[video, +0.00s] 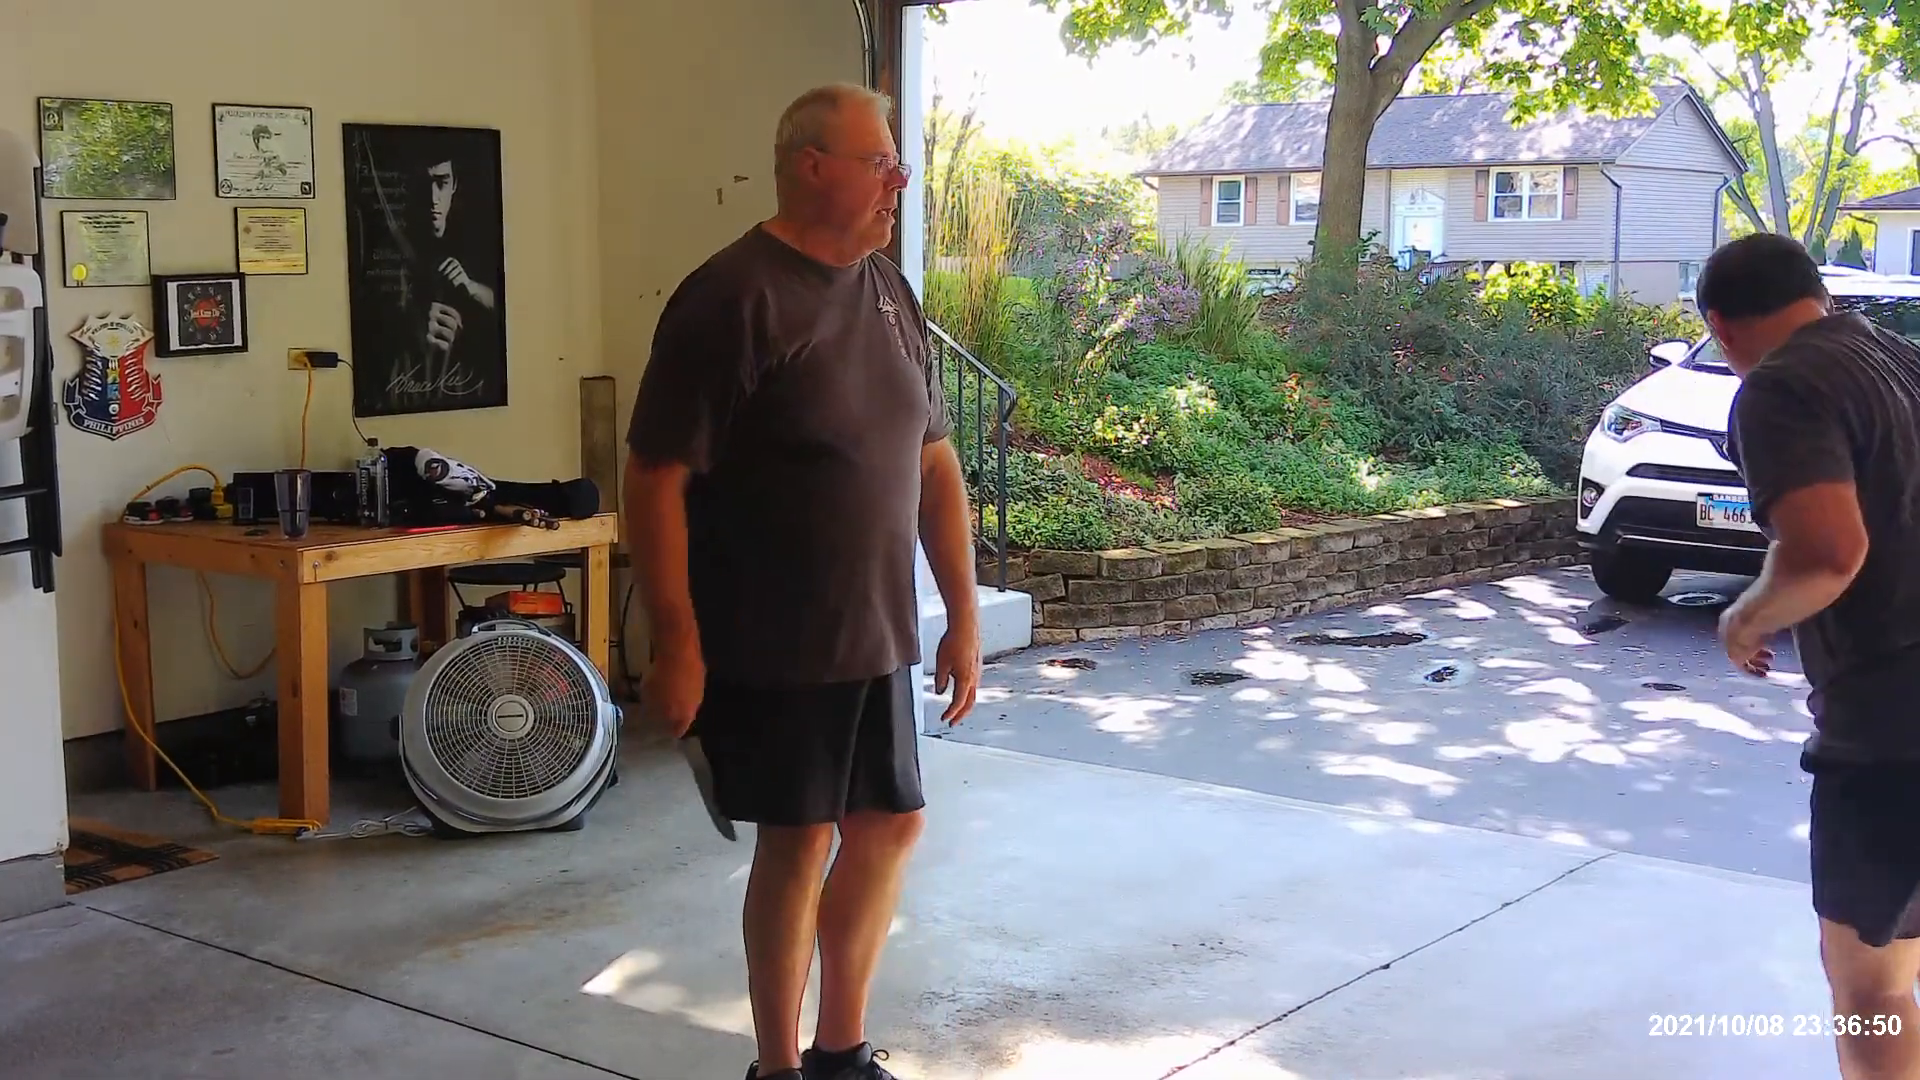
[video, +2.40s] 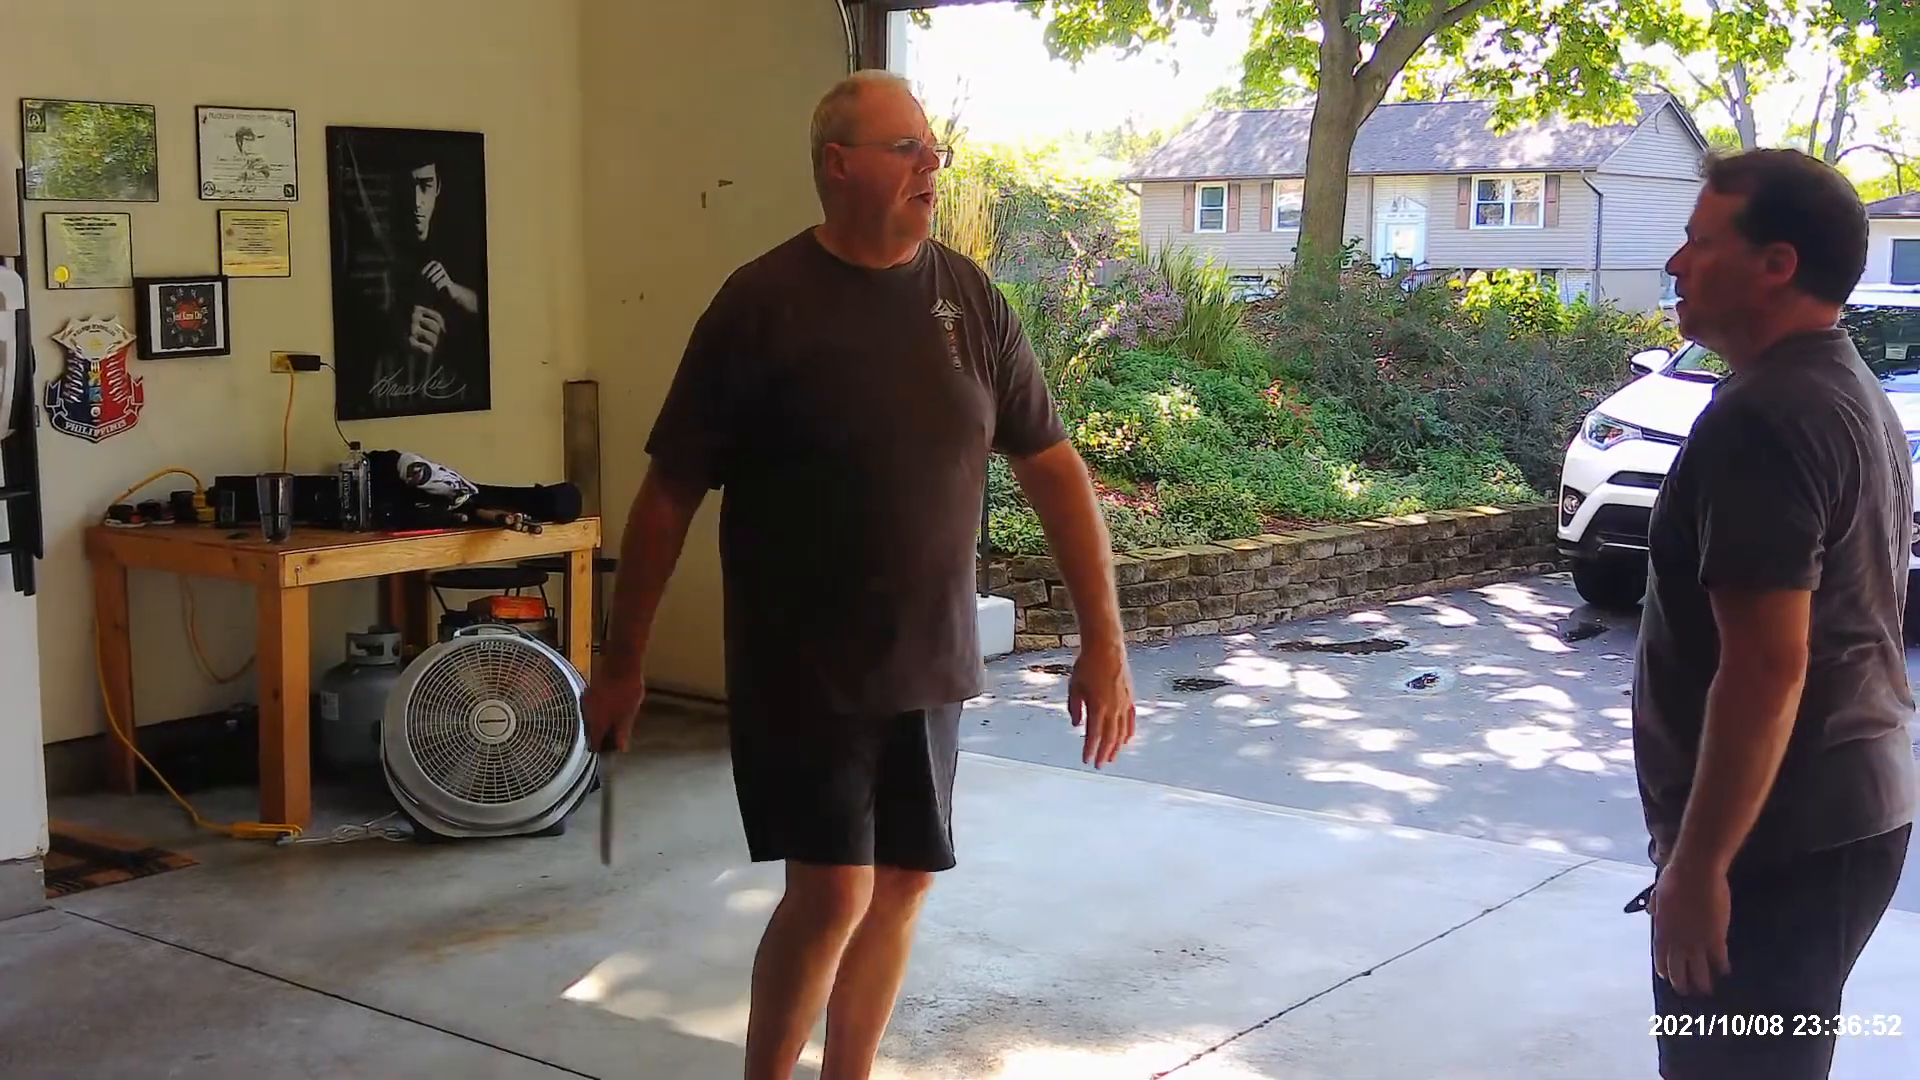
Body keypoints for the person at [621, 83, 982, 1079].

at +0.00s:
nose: (899, 176)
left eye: (897, 159)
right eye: (878, 159)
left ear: (863, 175)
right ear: (808, 170)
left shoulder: (887, 291)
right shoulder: (725, 295)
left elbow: (934, 459)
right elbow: (653, 473)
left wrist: (962, 612)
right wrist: (673, 643)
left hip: (876, 627)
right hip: (772, 636)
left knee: (888, 823)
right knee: (797, 835)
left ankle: (840, 1049)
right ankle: (777, 1063)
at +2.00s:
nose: (893, 167)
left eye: (887, 149)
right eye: (870, 152)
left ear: (819, 172)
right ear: (797, 173)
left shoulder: (895, 284)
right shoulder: (721, 310)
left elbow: (955, 447)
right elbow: (677, 512)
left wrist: (962, 585)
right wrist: (816, 639)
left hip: (881, 644)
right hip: (765, 657)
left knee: (882, 860)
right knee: (778, 872)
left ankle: (850, 1072)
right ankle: (741, 1072)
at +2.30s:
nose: (922, 163)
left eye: (923, 144)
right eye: (896, 144)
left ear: (925, 156)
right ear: (824, 162)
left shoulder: (953, 292)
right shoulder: (750, 300)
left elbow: (1030, 460)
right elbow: (676, 492)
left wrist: (1048, 628)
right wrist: (688, 669)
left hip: (913, 661)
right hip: (788, 665)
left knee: (886, 872)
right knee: (812, 889)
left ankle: (844, 1074)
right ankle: (736, 1069)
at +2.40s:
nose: (932, 167)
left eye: (934, 147)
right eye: (906, 148)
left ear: (939, 160)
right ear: (834, 166)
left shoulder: (968, 296)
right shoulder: (756, 304)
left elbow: (1051, 464)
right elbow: (668, 489)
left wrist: (1103, 639)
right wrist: (623, 656)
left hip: (926, 659)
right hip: (801, 663)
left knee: (900, 882)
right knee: (831, 891)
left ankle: (847, 1073)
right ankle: (769, 1074)